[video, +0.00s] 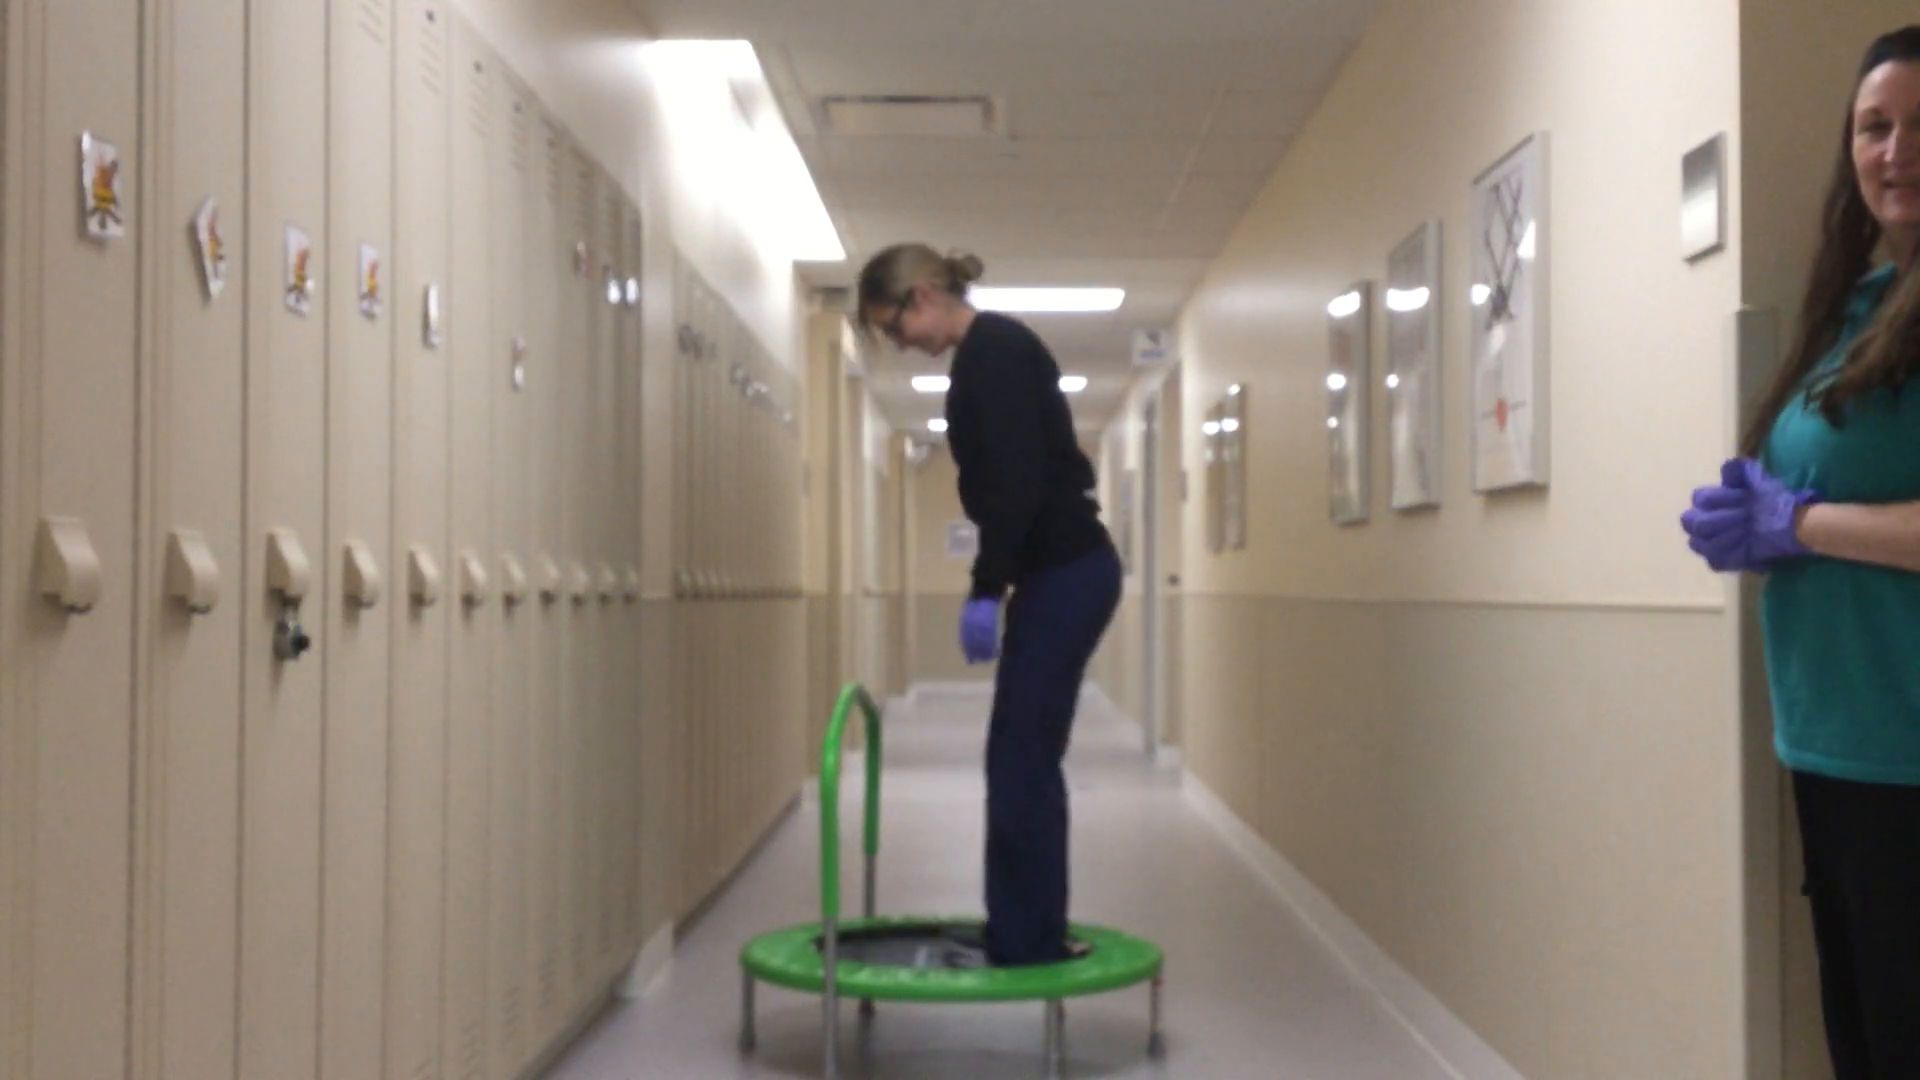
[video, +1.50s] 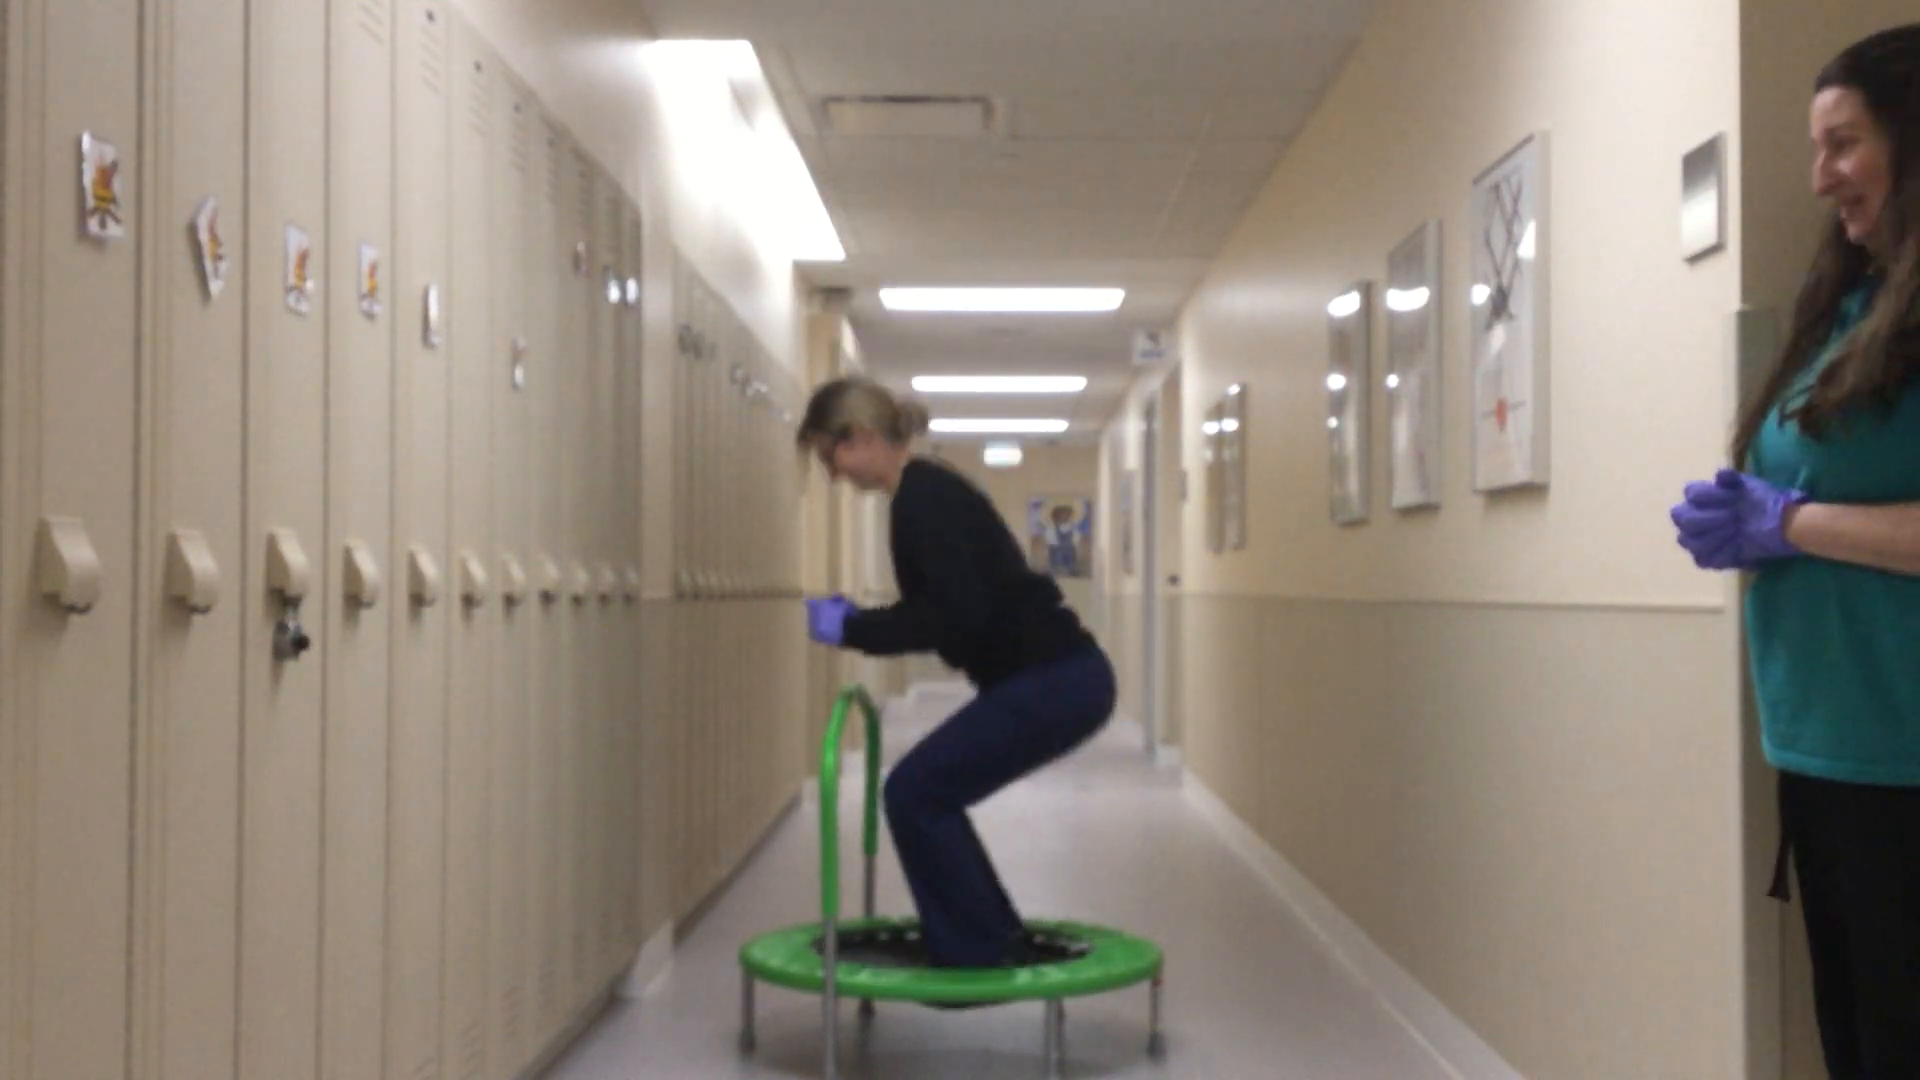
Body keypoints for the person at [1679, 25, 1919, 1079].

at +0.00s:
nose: (1891, 149)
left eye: (1912, 126)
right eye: (1874, 126)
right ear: (1848, 145)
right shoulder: (1848, 297)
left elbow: (1915, 524)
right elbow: (1814, 469)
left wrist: (1800, 522)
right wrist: (1756, 505)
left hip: (1899, 740)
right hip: (1824, 731)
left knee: (1898, 1028)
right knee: (1858, 1025)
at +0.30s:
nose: (1889, 148)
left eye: (1911, 124)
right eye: (1871, 125)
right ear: (1847, 146)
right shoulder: (1846, 297)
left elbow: (1916, 525)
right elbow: (1816, 474)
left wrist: (1799, 521)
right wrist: (1757, 508)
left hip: (1902, 743)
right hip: (1826, 736)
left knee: (1899, 1033)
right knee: (1859, 1031)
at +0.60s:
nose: (1886, 146)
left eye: (1908, 122)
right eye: (1866, 124)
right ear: (1842, 147)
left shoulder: (1918, 295)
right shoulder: (1845, 295)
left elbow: (1913, 523)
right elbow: (1806, 467)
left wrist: (1796, 519)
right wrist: (1753, 502)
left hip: (1899, 741)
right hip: (1823, 732)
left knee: (1898, 1025)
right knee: (1858, 1023)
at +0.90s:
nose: (1884, 150)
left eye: (1909, 123)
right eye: (1861, 128)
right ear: (1837, 150)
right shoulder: (1840, 298)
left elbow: (1918, 526)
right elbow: (1803, 467)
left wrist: (1792, 523)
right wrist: (1754, 503)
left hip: (1902, 749)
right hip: (1822, 741)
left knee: (1900, 1035)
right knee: (1858, 1035)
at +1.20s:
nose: (1881, 153)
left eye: (1907, 125)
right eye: (1858, 130)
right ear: (1835, 153)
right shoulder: (1838, 300)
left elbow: (1917, 524)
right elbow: (1798, 462)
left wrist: (1790, 521)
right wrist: (1749, 500)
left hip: (1900, 748)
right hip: (1819, 740)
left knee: (1898, 1036)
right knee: (1854, 1037)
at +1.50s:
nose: (1824, 172)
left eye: (1846, 141)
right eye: (1816, 148)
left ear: (1914, 143)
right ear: (1821, 159)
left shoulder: (1917, 302)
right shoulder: (1837, 301)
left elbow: (1914, 529)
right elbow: (1795, 460)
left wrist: (1790, 522)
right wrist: (1747, 502)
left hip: (1896, 742)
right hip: (1815, 732)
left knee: (1894, 1032)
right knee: (1850, 1027)